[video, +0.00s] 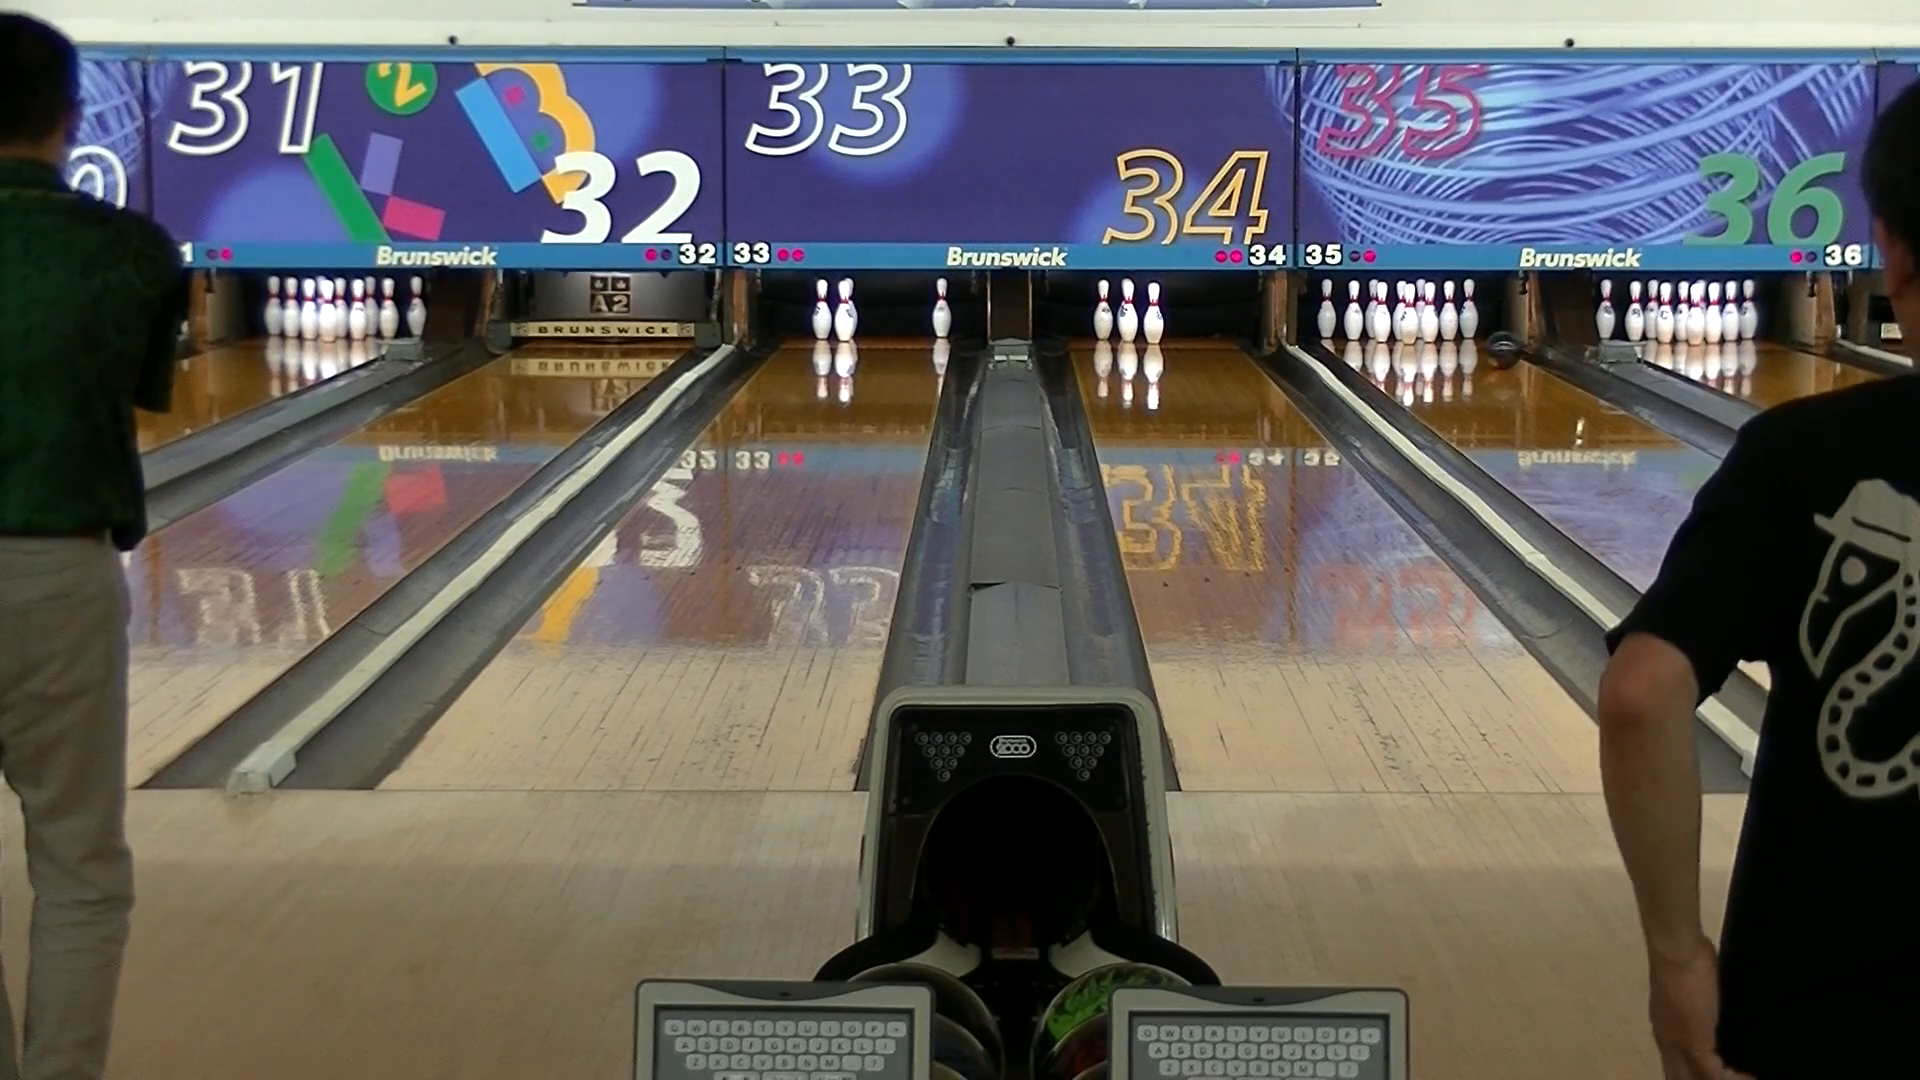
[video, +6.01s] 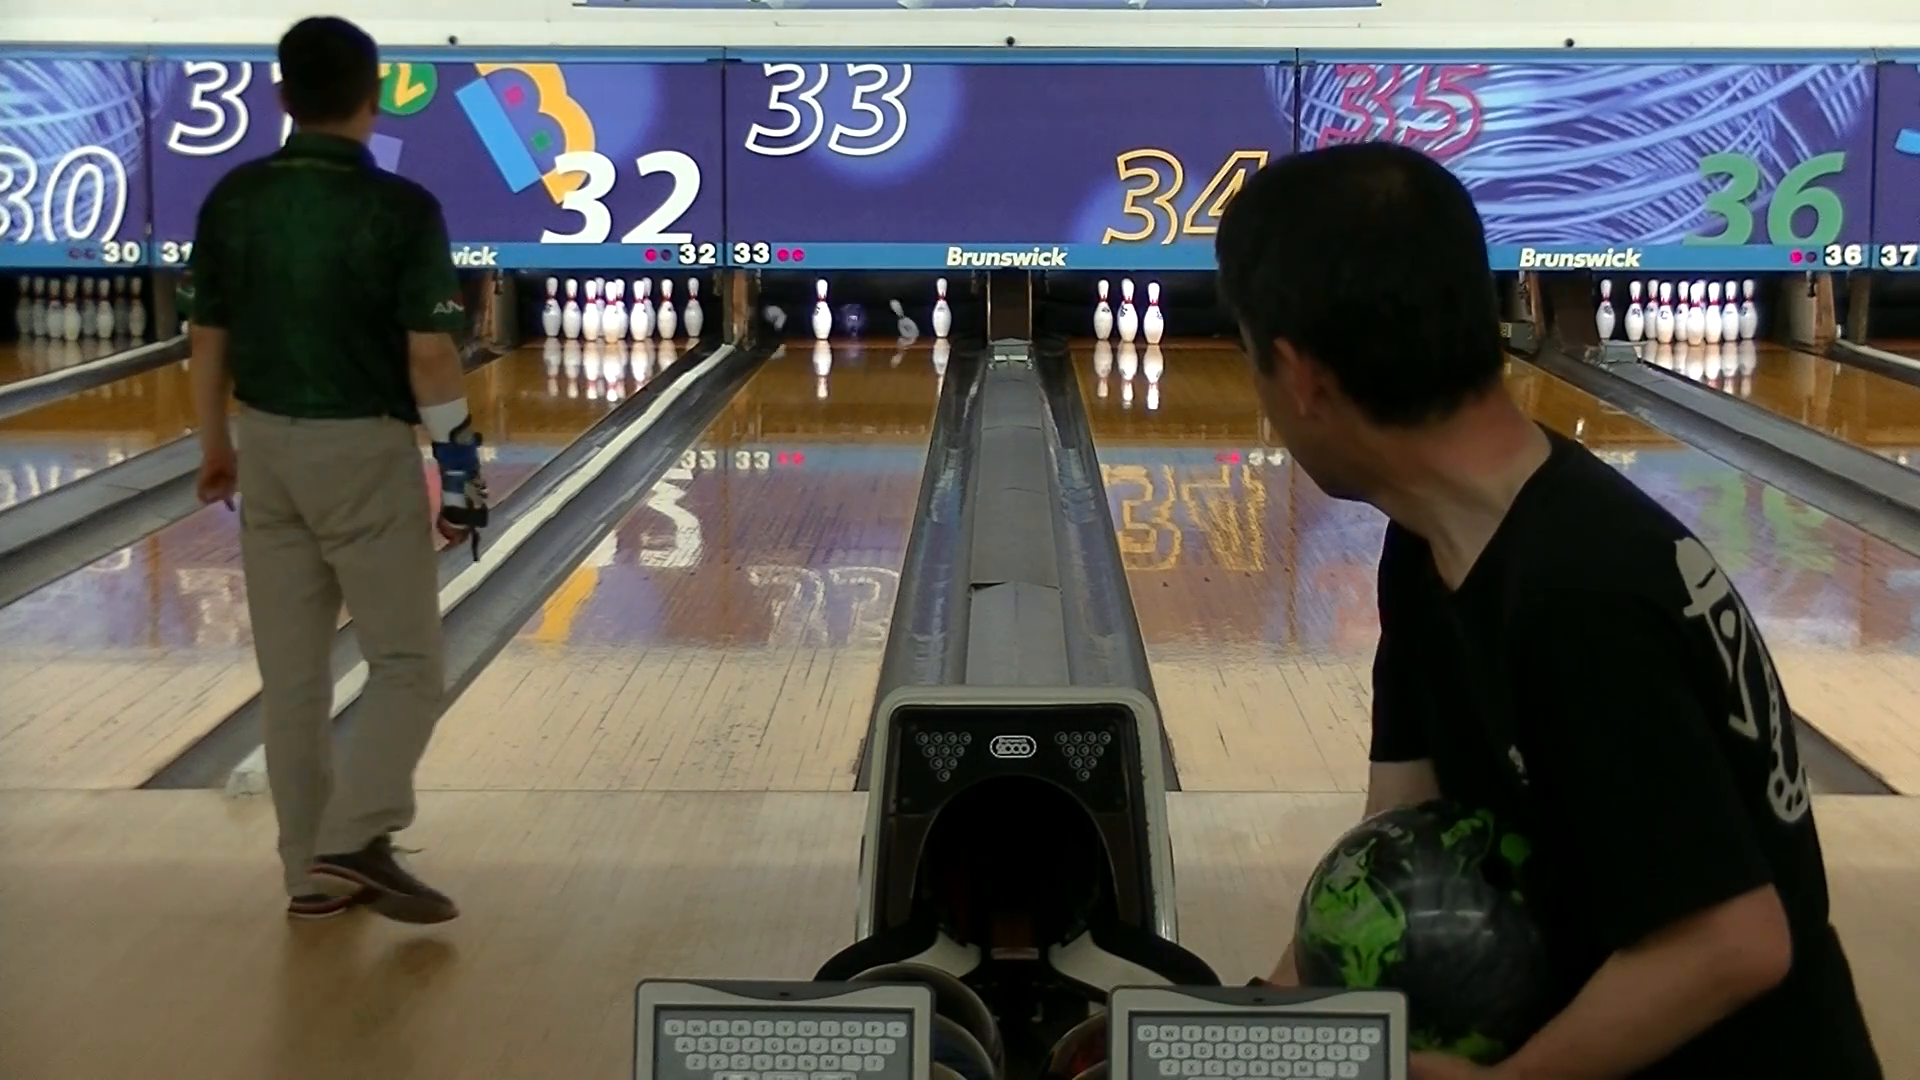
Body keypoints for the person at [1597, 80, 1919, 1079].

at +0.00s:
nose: (1878, 258)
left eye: (1875, 237)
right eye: (1887, 234)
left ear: (1893, 252)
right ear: (1901, 252)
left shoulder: (1814, 452)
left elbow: (1639, 693)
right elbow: (1638, 695)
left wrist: (1676, 950)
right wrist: (1677, 952)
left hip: (1810, 1004)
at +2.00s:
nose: (1139, 496)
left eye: (1117, 465)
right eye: (1115, 474)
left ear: (1147, 411)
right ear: (1239, 367)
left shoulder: (1227, 499)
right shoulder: (1436, 445)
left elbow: (1254, 780)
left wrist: (1216, 910)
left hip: (1437, 949)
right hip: (1584, 914)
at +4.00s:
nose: (1341, 385)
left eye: (1335, 338)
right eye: (1322, 353)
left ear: (1429, 285)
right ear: (1433, 287)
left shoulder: (1516, 467)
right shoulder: (1622, 413)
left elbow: (1495, 765)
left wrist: (1318, 814)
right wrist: (1309, 570)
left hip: (1514, 1007)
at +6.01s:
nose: (1266, 405)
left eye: (1254, 366)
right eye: (1252, 366)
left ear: (1298, 373)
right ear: (1455, 311)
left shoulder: (1585, 584)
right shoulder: (1426, 543)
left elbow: (1736, 941)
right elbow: (1403, 840)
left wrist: (1499, 1075)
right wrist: (1286, 996)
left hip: (1758, 1064)